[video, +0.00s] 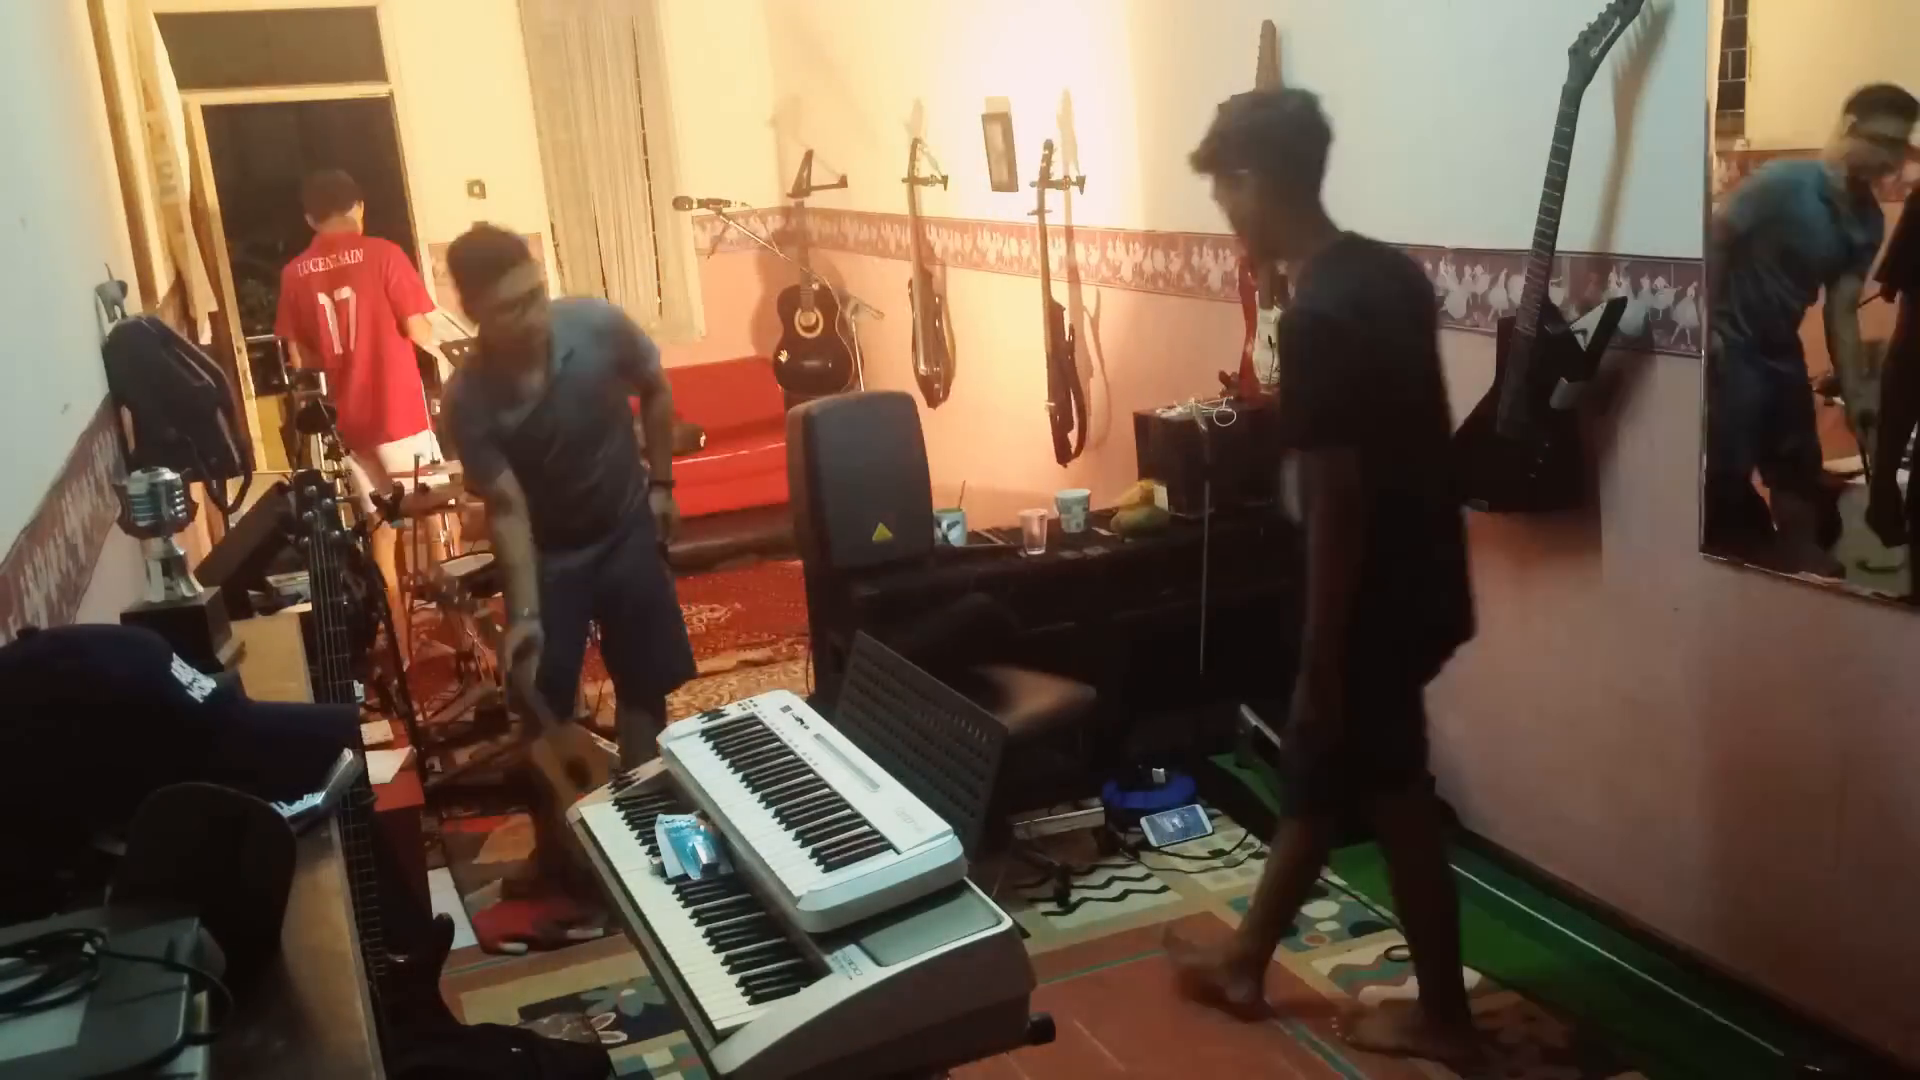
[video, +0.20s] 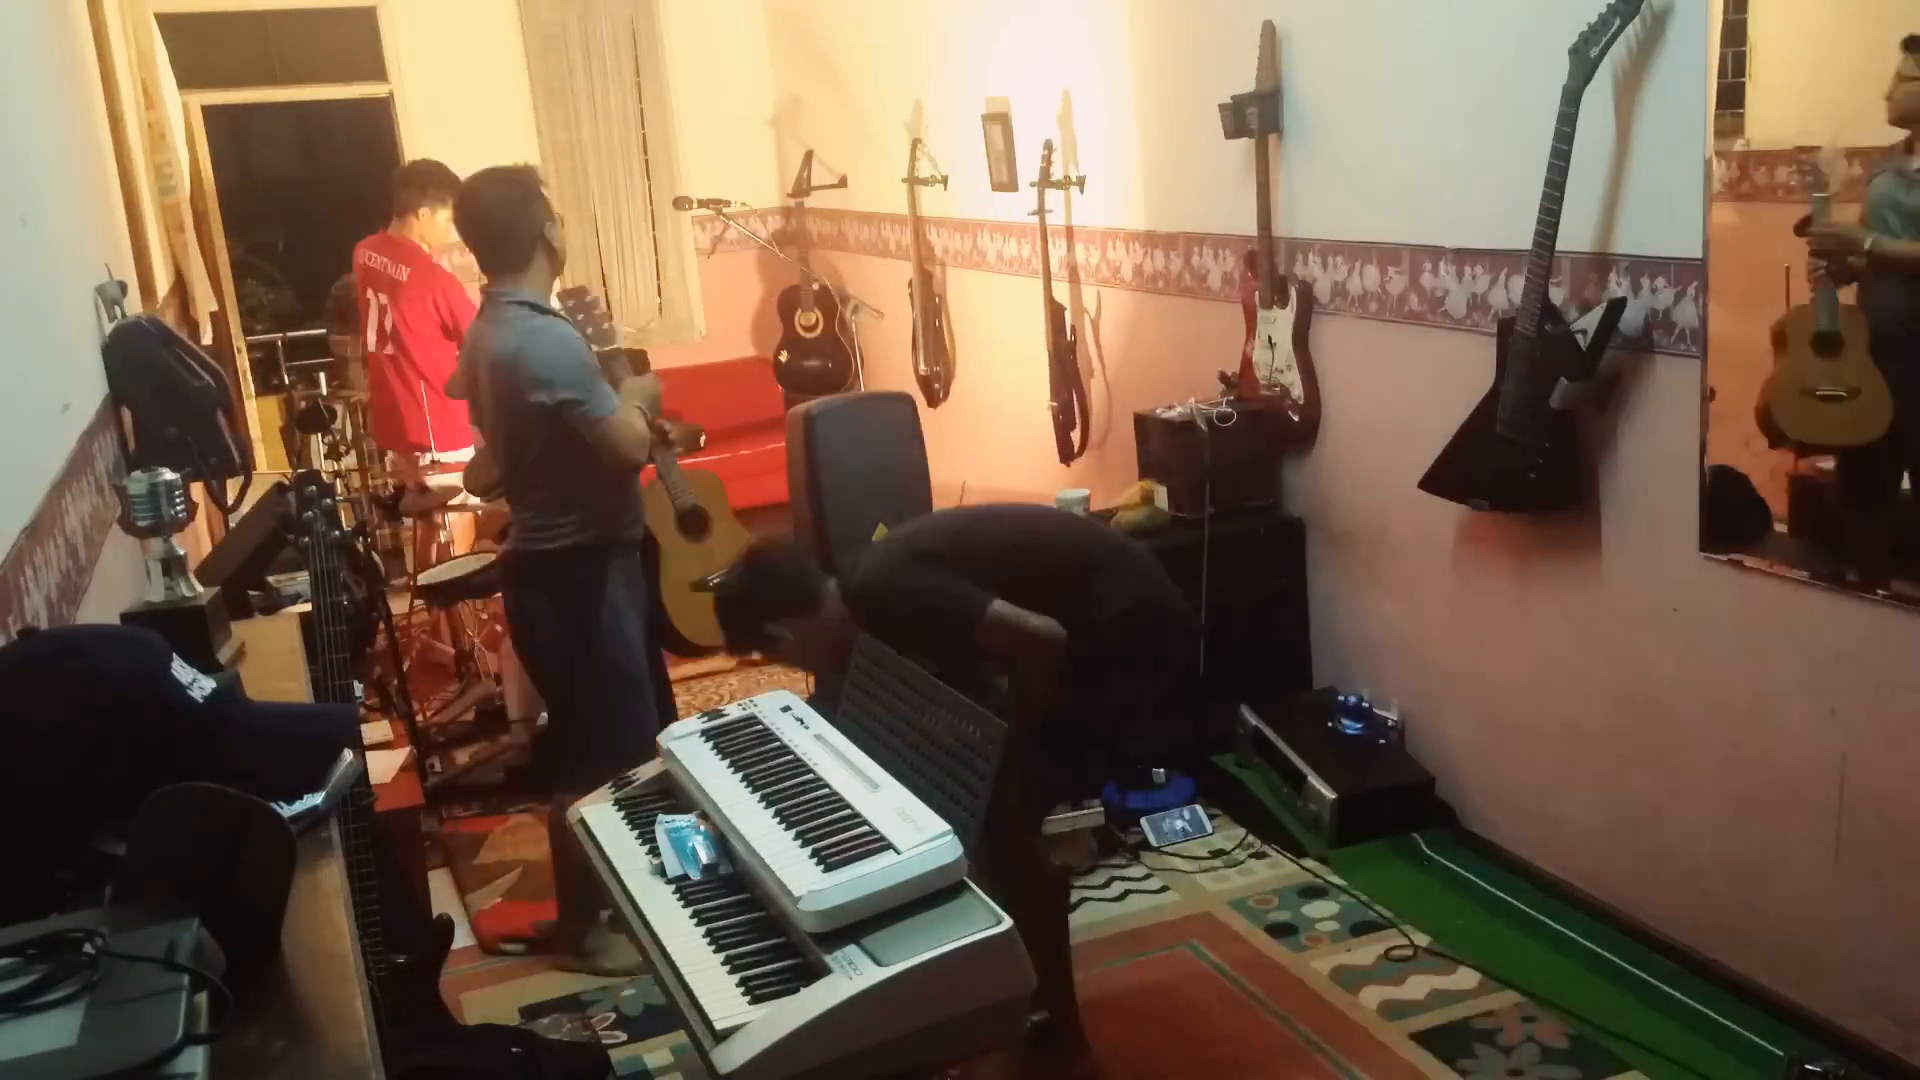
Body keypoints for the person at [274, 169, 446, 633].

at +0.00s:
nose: (360, 215)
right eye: (360, 208)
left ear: (309, 219)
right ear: (358, 209)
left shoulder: (295, 273)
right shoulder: (383, 255)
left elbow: (301, 356)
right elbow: (419, 330)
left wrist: (342, 359)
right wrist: (456, 356)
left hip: (342, 416)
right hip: (396, 409)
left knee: (379, 526)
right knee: (429, 514)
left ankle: (395, 644)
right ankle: (458, 632)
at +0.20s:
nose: (450, 230)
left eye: (452, 219)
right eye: (447, 219)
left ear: (400, 212)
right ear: (423, 214)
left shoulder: (365, 252)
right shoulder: (436, 279)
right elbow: (485, 341)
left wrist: (443, 266)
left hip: (391, 421)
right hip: (440, 426)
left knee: (425, 531)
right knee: (456, 537)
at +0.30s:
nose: (437, 213)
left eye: (436, 202)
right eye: (431, 203)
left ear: (399, 207)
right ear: (407, 207)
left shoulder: (362, 259)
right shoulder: (413, 273)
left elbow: (367, 340)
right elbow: (438, 357)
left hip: (388, 419)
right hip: (421, 423)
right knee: (437, 528)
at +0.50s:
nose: (450, 235)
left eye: (455, 226)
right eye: (451, 223)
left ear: (423, 208)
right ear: (431, 209)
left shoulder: (378, 254)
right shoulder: (414, 256)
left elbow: (369, 338)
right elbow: (440, 327)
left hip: (388, 405)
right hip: (416, 406)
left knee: (416, 512)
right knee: (446, 509)